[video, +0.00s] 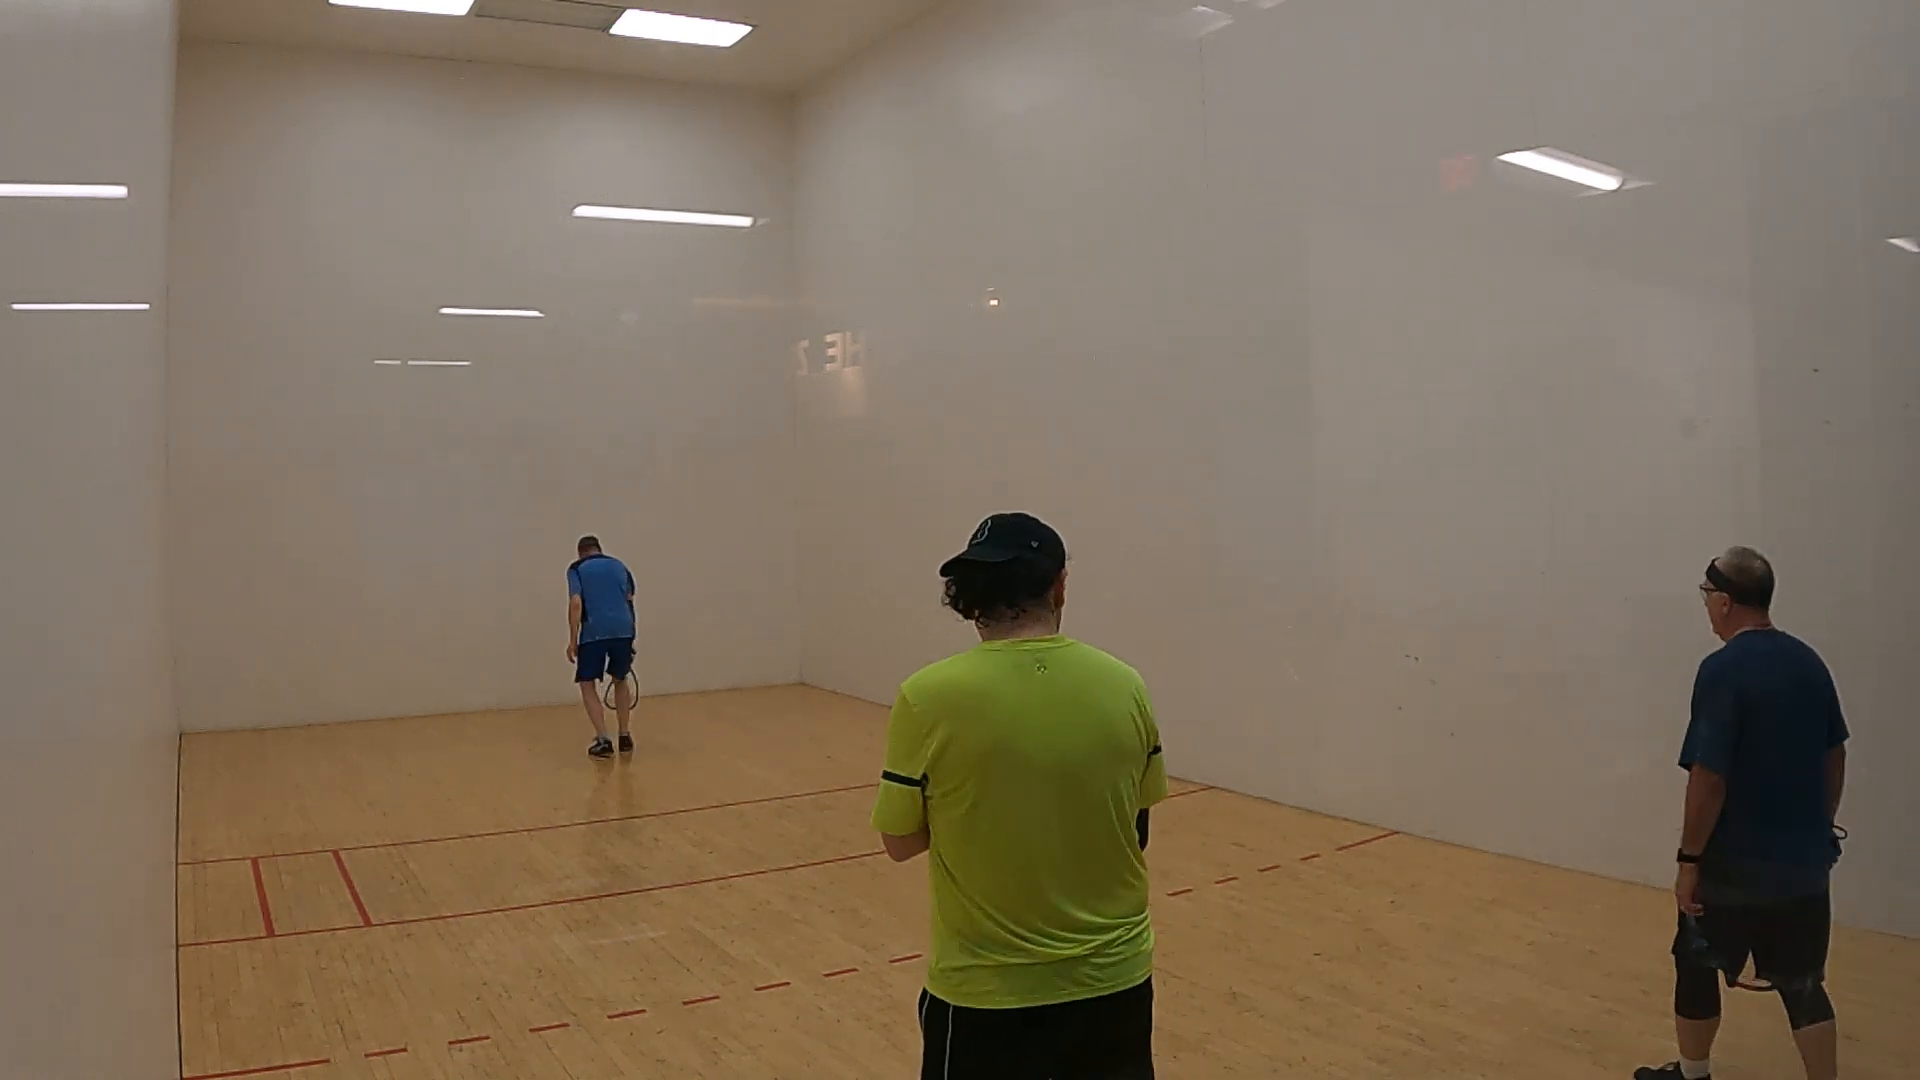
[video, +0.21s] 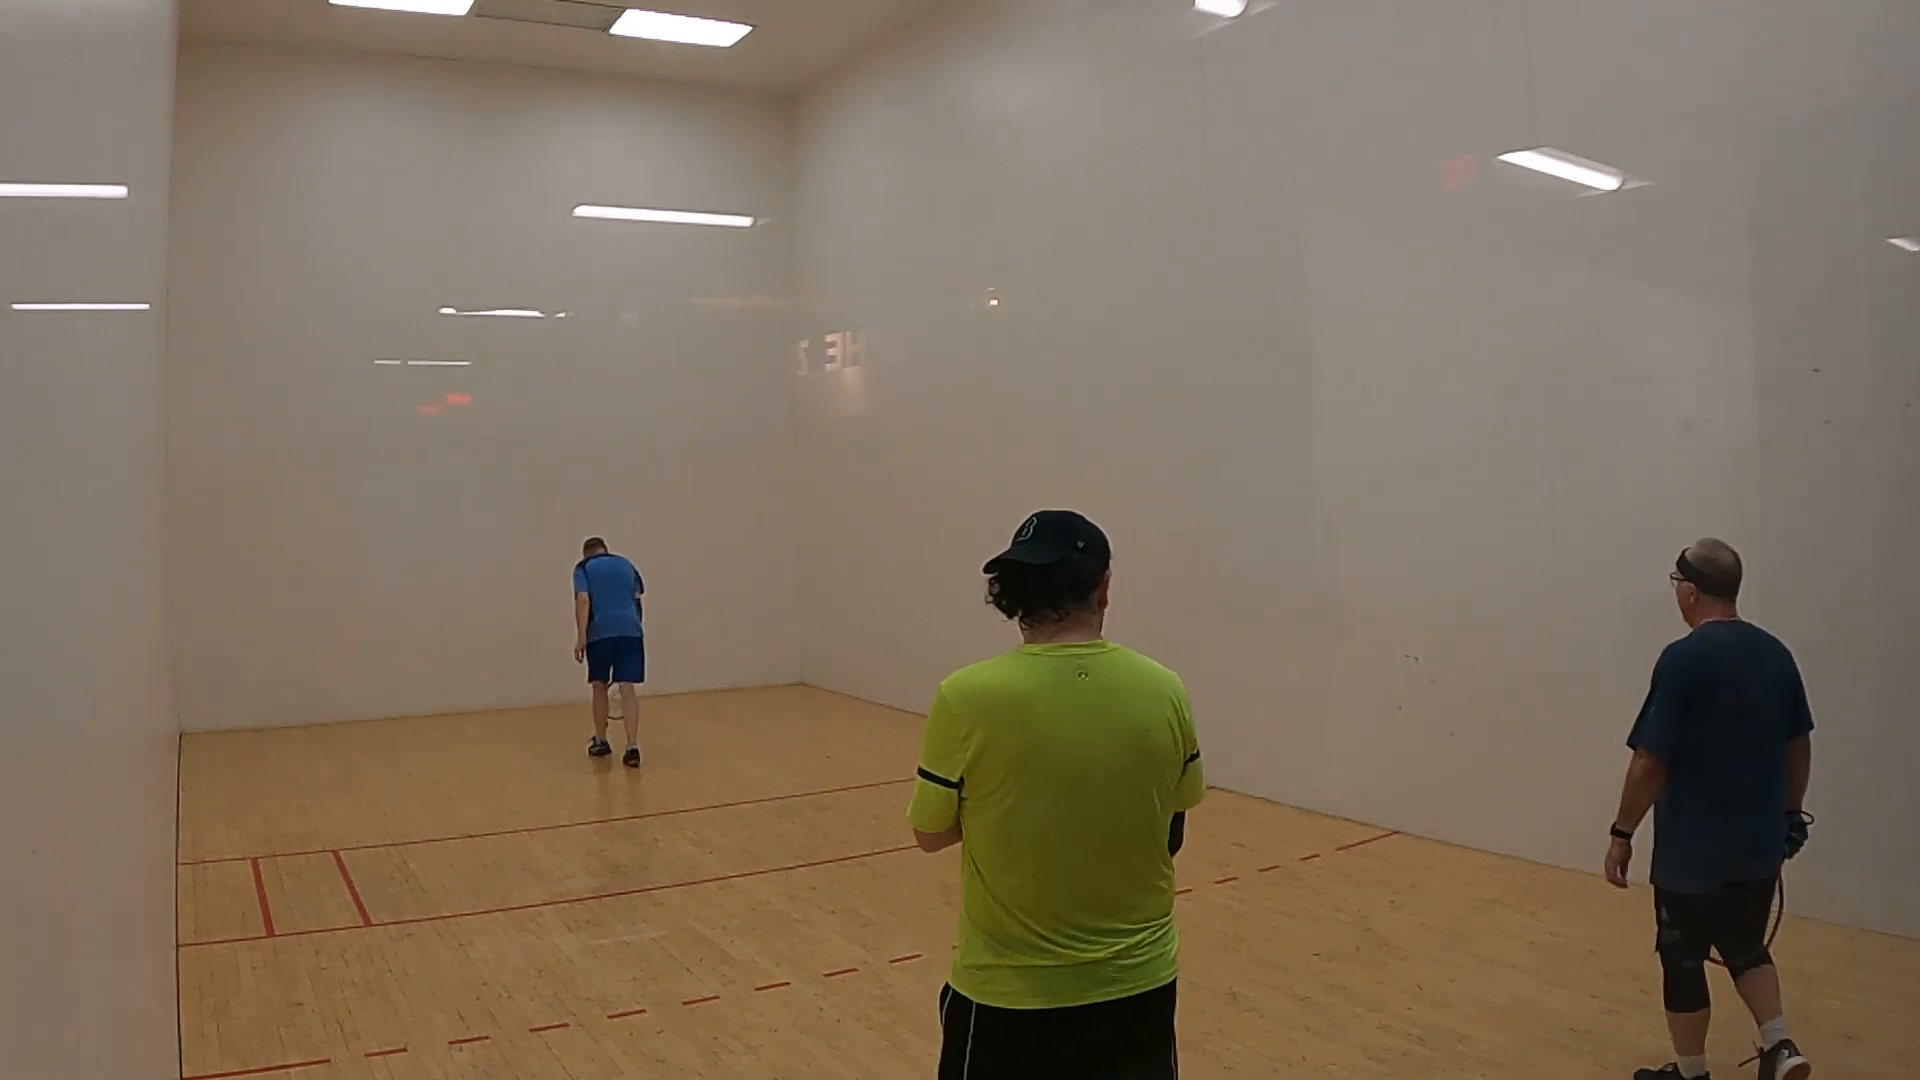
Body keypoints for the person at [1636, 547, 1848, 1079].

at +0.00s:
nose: (1707, 605)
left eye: (1709, 595)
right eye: (1707, 595)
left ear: (1724, 601)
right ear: (1764, 599)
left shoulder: (1722, 669)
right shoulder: (1809, 662)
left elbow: (1707, 778)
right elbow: (1833, 756)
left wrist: (1688, 859)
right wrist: (1821, 829)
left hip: (1733, 862)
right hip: (1802, 863)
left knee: (1695, 957)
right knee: (1802, 983)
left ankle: (1692, 1071)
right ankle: (1825, 1076)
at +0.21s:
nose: (1676, 593)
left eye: (1678, 584)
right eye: (1677, 583)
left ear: (1690, 590)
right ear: (1734, 589)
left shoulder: (1681, 659)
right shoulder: (1775, 654)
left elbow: (1650, 761)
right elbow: (1798, 748)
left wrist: (1622, 832)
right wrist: (1791, 817)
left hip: (1689, 846)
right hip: (1759, 842)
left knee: (1680, 955)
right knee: (1743, 942)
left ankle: (1689, 1069)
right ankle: (1777, 1045)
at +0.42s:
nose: (1646, 588)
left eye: (1648, 581)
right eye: (1648, 579)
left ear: (1659, 589)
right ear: (1704, 586)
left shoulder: (1652, 657)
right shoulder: (1746, 647)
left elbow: (1613, 751)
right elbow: (1771, 736)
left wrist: (1580, 812)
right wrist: (1761, 800)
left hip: (1668, 836)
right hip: (1729, 830)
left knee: (1673, 951)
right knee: (1703, 939)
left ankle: (1689, 1064)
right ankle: (1692, 1040)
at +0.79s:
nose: (1610, 584)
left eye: (1612, 576)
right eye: (1611, 575)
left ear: (1626, 582)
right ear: (1663, 583)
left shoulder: (1622, 646)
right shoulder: (1699, 643)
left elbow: (1602, 741)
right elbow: (1716, 727)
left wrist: (1579, 811)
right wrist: (1707, 797)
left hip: (1630, 819)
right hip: (1685, 818)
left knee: (1607, 922)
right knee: (1652, 919)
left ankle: (1667, 1045)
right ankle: (1630, 1019)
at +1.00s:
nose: (1584, 579)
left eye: (1587, 571)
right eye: (1586, 570)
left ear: (1602, 577)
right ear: (1636, 578)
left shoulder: (1604, 639)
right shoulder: (1670, 634)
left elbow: (1597, 729)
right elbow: (1683, 716)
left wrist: (1587, 807)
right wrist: (1662, 781)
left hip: (1603, 810)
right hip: (1663, 811)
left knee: (1558, 892)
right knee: (1642, 911)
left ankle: (1594, 1005)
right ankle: (1629, 1025)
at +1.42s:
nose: (1522, 580)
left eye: (1525, 572)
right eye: (1523, 571)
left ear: (1541, 577)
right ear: (1573, 576)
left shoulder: (1539, 640)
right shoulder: (1610, 630)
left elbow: (1525, 732)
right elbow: (1619, 704)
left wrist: (1506, 797)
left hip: (1545, 799)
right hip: (1602, 798)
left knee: (1523, 894)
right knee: (1597, 889)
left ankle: (1525, 1001)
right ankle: (1621, 992)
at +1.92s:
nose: (1511, 572)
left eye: (1516, 564)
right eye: (1513, 563)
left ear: (1537, 571)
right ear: (1558, 572)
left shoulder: (1539, 620)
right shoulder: (1591, 621)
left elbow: (1538, 690)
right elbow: (1601, 695)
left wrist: (1511, 750)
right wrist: (1576, 746)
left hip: (1534, 783)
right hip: (1584, 781)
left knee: (1516, 881)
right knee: (1577, 869)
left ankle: (1525, 999)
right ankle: (1593, 975)